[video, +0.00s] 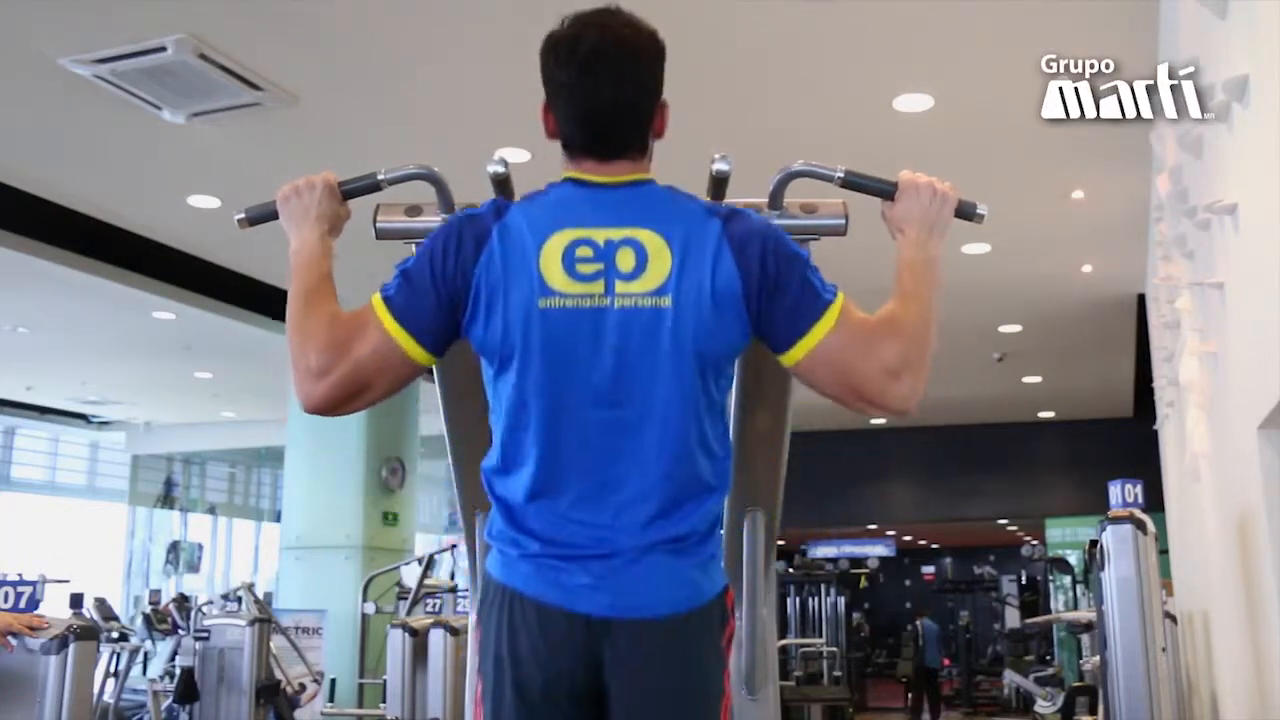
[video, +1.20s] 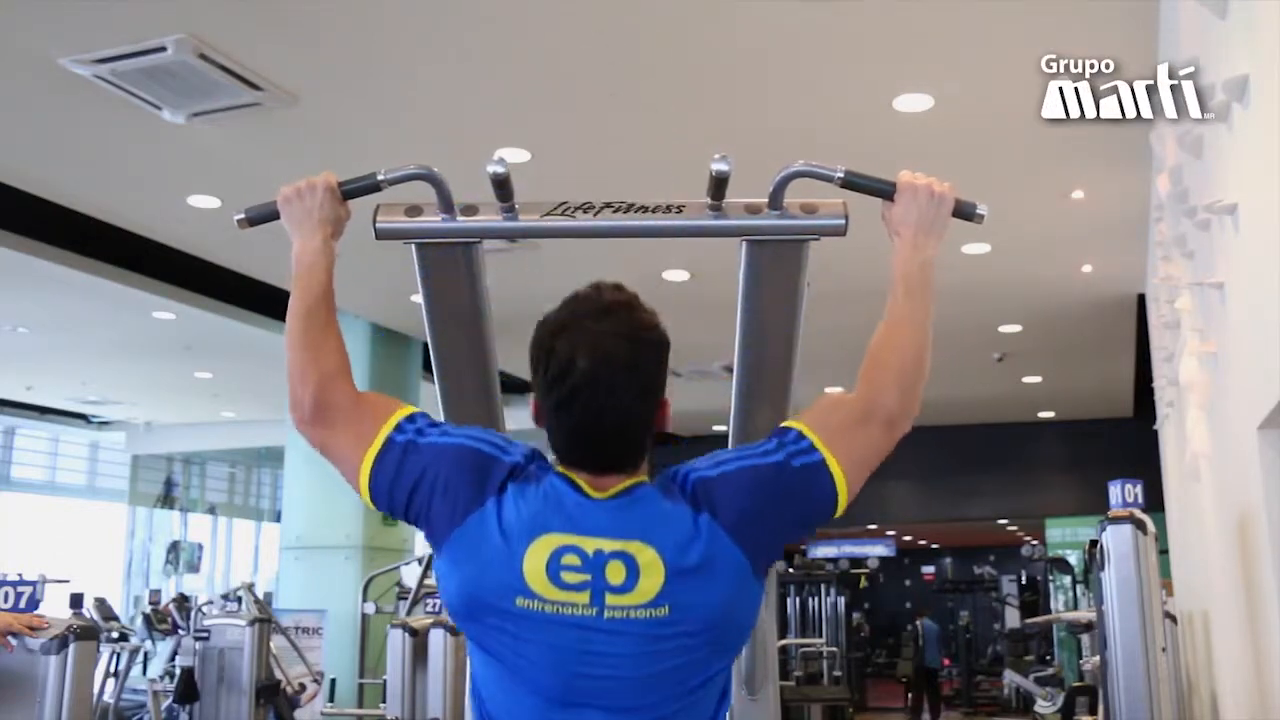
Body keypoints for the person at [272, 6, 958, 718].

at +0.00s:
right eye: (662, 109)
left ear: (548, 122)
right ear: (661, 123)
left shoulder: (484, 243)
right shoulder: (733, 245)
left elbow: (325, 381)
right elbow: (891, 380)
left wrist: (308, 238)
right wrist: (921, 242)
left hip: (527, 607)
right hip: (674, 609)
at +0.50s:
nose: (664, 168)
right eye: (662, 157)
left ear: (545, 179)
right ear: (663, 179)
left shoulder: (478, 299)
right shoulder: (734, 304)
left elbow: (306, 397)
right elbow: (910, 399)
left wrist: (310, 241)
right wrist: (921, 242)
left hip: (527, 679)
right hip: (680, 680)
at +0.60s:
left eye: (540, 183)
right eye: (661, 186)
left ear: (542, 206)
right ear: (662, 207)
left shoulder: (477, 322)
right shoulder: (734, 330)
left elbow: (299, 397)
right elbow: (916, 401)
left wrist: (309, 245)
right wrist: (922, 244)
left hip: (526, 693)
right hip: (683, 693)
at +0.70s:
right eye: (662, 215)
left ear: (541, 235)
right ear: (661, 238)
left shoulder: (476, 345)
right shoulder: (732, 356)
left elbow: (295, 397)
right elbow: (919, 400)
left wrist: (309, 241)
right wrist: (924, 243)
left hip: (525, 701)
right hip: (682, 701)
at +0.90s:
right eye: (660, 283)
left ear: (542, 306)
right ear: (663, 307)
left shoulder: (473, 408)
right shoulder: (732, 423)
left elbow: (297, 401)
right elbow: (913, 407)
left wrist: (310, 246)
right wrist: (920, 246)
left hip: (523, 711)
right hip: (682, 712)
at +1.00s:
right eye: (661, 325)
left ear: (540, 348)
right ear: (662, 350)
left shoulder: (472, 439)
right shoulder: (731, 456)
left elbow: (303, 403)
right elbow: (906, 409)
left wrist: (311, 245)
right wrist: (920, 244)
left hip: (522, 708)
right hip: (685, 709)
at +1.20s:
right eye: (663, 381)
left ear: (536, 408)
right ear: (663, 412)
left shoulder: (475, 500)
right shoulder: (725, 516)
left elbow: (321, 404)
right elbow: (882, 410)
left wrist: (311, 243)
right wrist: (916, 246)